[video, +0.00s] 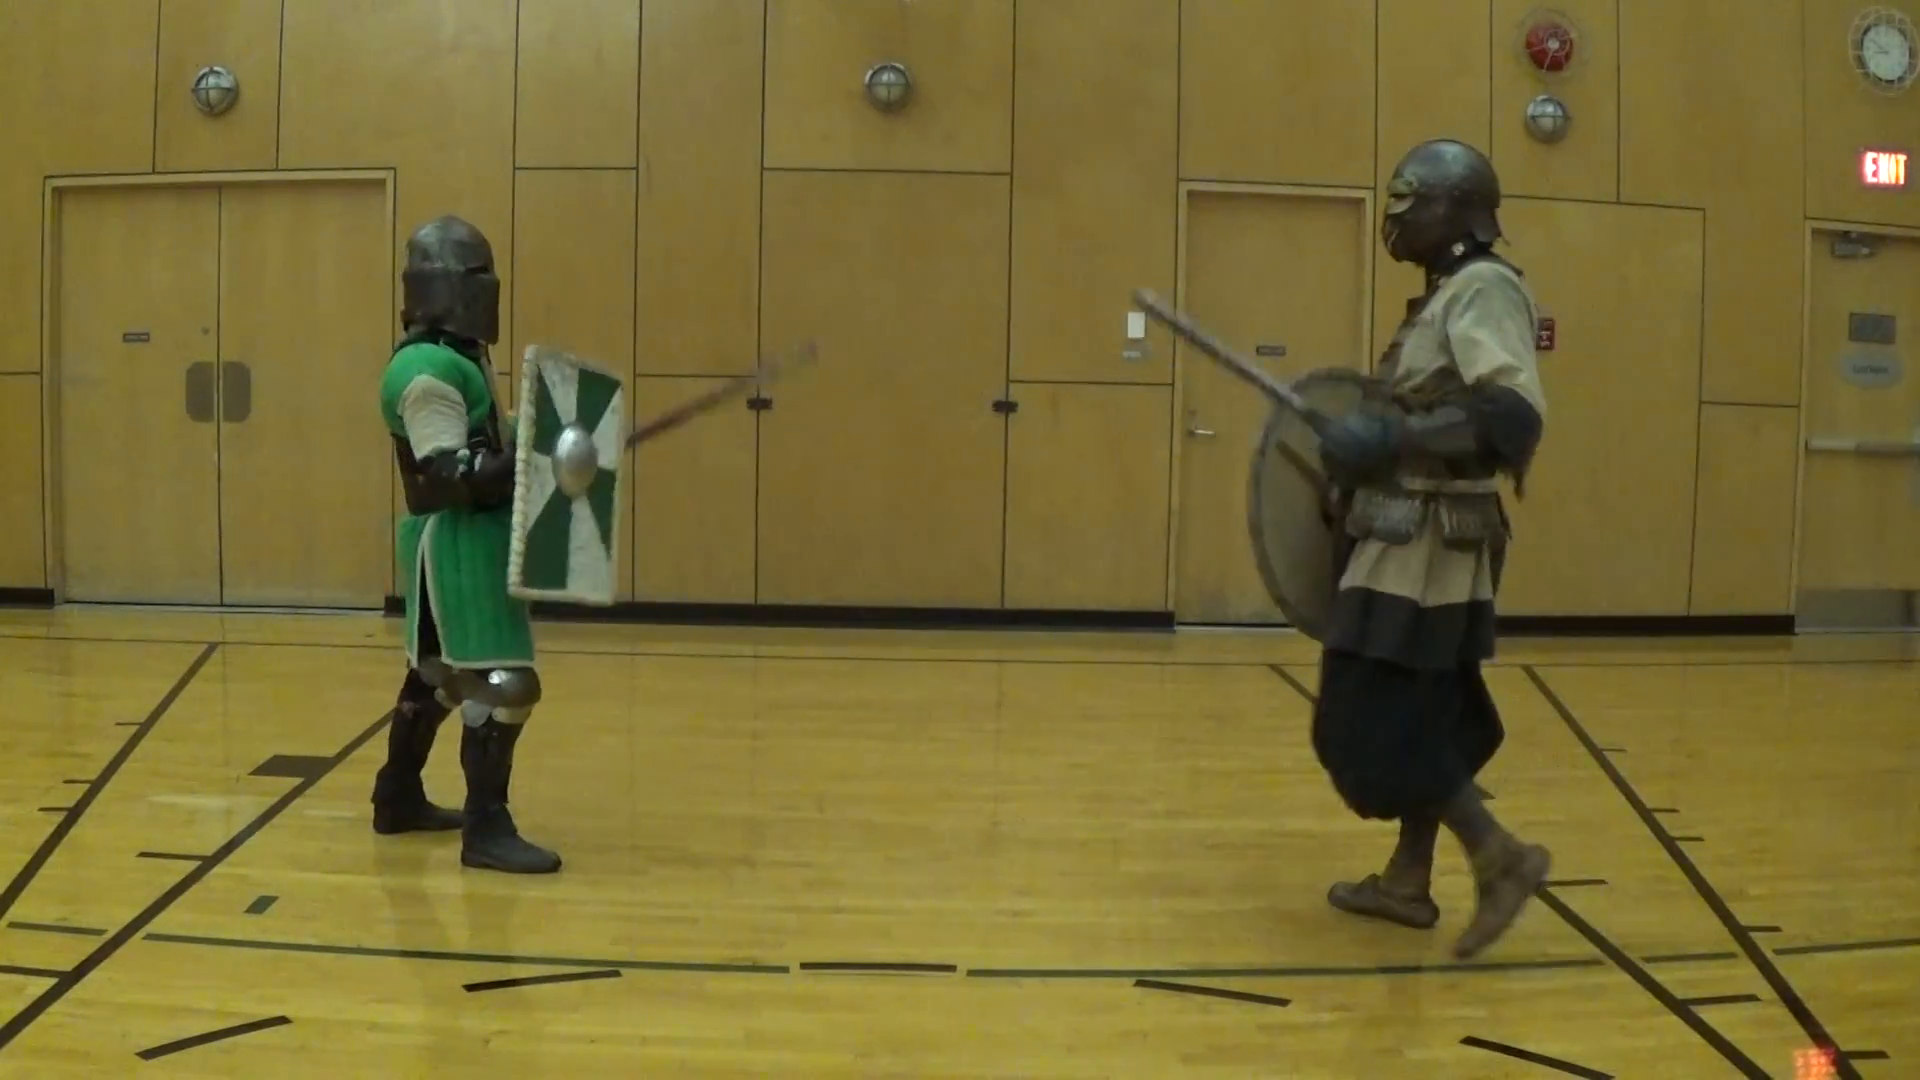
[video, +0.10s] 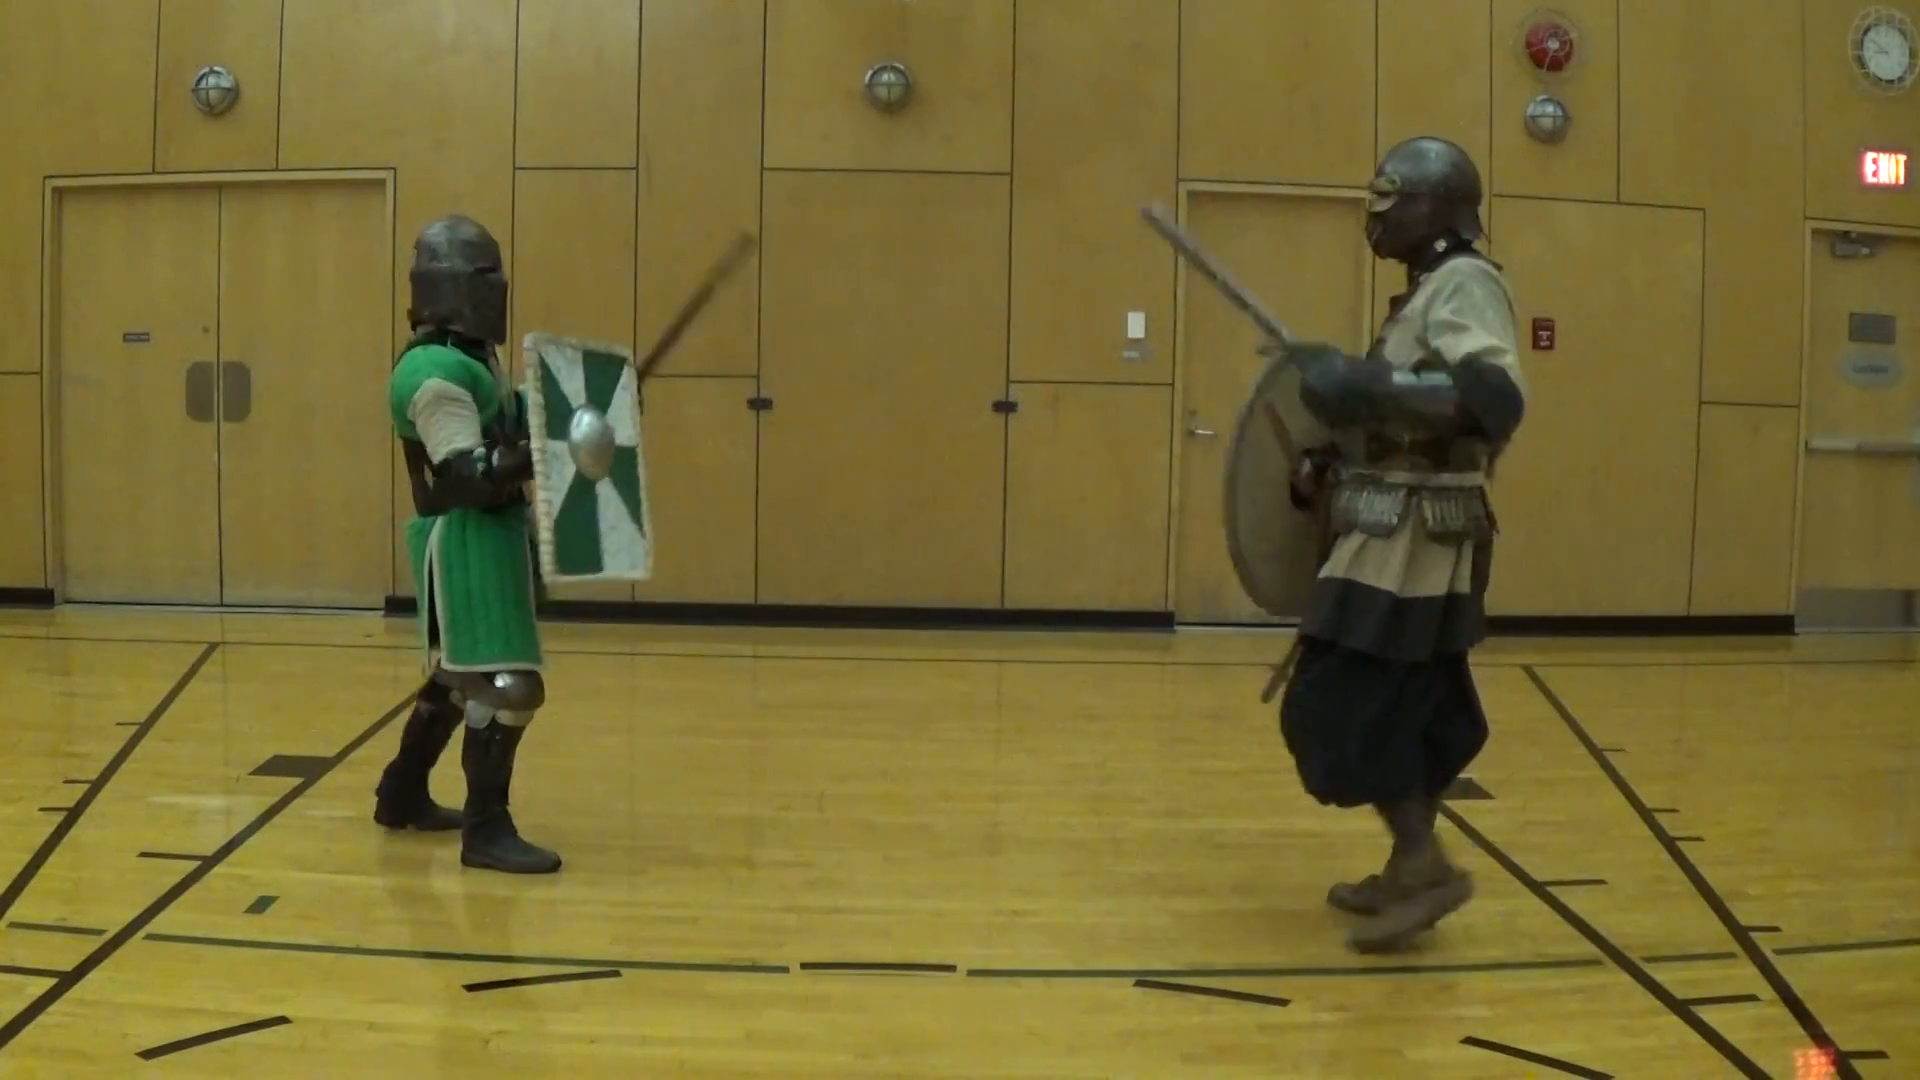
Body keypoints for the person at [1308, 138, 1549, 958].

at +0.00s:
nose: (1391, 215)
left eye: (1408, 200)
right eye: (1395, 200)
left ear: (1459, 213)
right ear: (1453, 216)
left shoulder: (1484, 291)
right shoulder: (1453, 293)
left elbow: (1515, 419)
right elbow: (1449, 411)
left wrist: (1392, 435)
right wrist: (1362, 434)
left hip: (1429, 543)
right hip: (1427, 537)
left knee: (1367, 717)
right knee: (1427, 705)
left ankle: (1502, 859)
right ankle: (1407, 880)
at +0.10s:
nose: (1374, 211)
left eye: (1392, 197)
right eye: (1377, 195)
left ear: (1444, 210)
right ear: (1428, 210)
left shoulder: (1464, 283)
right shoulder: (1431, 290)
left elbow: (1493, 398)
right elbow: (1429, 408)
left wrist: (1366, 387)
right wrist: (1340, 461)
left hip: (1419, 531)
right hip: (1400, 525)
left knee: (1340, 699)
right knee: (1400, 696)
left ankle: (1424, 870)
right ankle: (1409, 865)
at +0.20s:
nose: (1355, 207)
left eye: (1371, 194)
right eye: (1358, 192)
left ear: (1422, 208)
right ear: (1414, 209)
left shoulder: (1443, 282)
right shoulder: (1415, 288)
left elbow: (1473, 385)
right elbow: (1398, 414)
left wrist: (1359, 343)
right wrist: (1319, 443)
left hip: (1394, 527)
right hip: (1410, 525)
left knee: (1325, 695)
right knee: (1418, 700)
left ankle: (1339, 882)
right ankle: (1407, 880)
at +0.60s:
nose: (1291, 205)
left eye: (1307, 191)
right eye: (1295, 190)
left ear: (1356, 205)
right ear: (1361, 208)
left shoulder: (1358, 287)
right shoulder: (1364, 281)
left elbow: (1357, 407)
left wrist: (1267, 338)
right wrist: (1278, 336)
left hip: (1322, 531)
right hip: (1357, 528)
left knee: (1276, 694)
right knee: (1350, 691)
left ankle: (1278, 872)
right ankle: (1394, 852)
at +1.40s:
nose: (1388, 242)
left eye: (1405, 231)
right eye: (1391, 230)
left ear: (1449, 243)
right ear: (1439, 244)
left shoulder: (1468, 314)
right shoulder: (1439, 314)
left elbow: (1446, 417)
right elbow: (1419, 400)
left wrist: (1369, 345)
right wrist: (1358, 345)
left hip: (1440, 540)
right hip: (1422, 534)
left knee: (1355, 692)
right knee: (1437, 685)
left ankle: (1299, 862)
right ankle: (1481, 823)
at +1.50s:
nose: (1420, 238)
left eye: (1436, 227)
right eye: (1421, 225)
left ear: (1484, 239)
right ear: (1466, 240)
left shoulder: (1504, 308)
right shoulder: (1469, 311)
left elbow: (1480, 404)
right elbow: (1439, 396)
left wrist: (1405, 344)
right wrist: (1391, 344)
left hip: (1471, 543)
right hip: (1454, 538)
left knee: (1401, 687)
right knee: (1449, 681)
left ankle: (1400, 865)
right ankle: (1481, 818)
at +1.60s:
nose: (1450, 236)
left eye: (1465, 224)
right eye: (1453, 223)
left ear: (1510, 235)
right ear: (1500, 235)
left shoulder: (1537, 307)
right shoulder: (1499, 308)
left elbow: (1496, 399)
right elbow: (1475, 396)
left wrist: (1429, 337)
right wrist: (1422, 339)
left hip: (1506, 544)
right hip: (1473, 537)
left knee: (1466, 687)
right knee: (1447, 679)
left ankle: (1512, 851)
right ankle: (1482, 823)